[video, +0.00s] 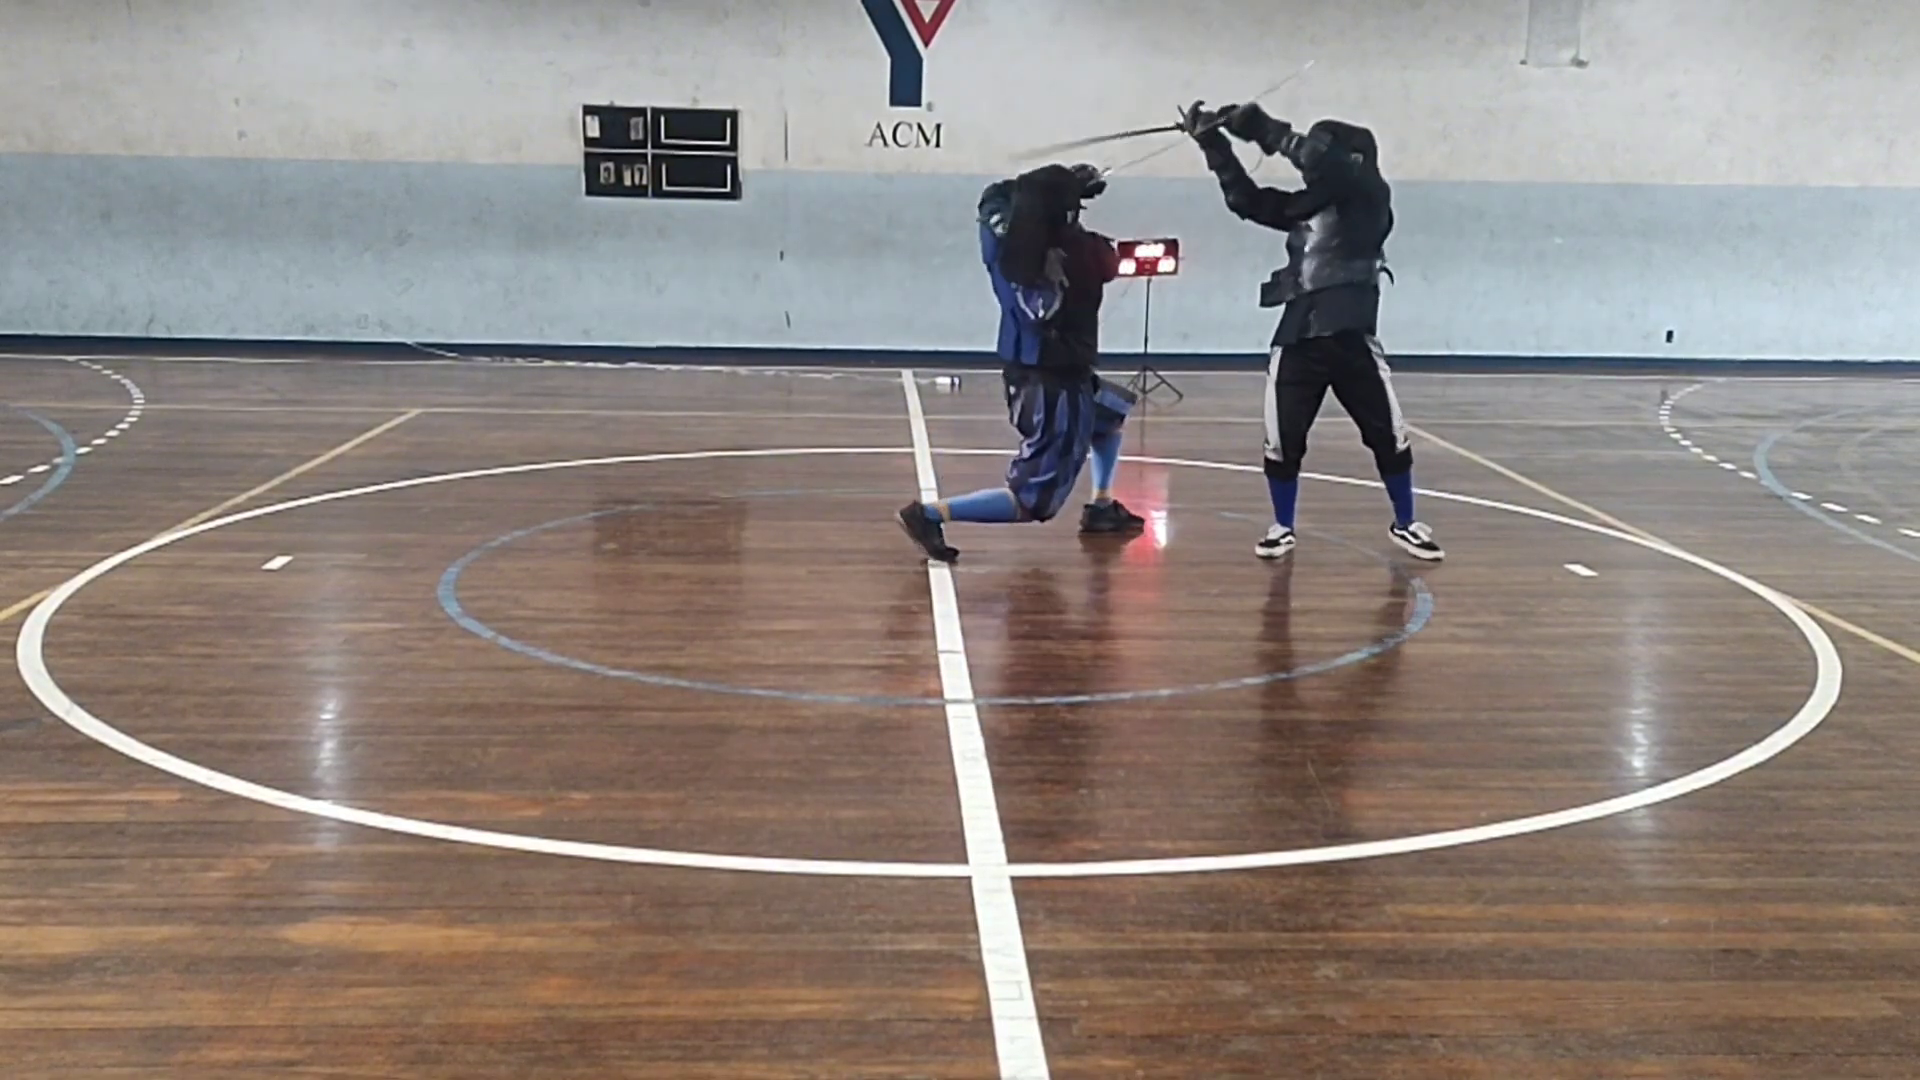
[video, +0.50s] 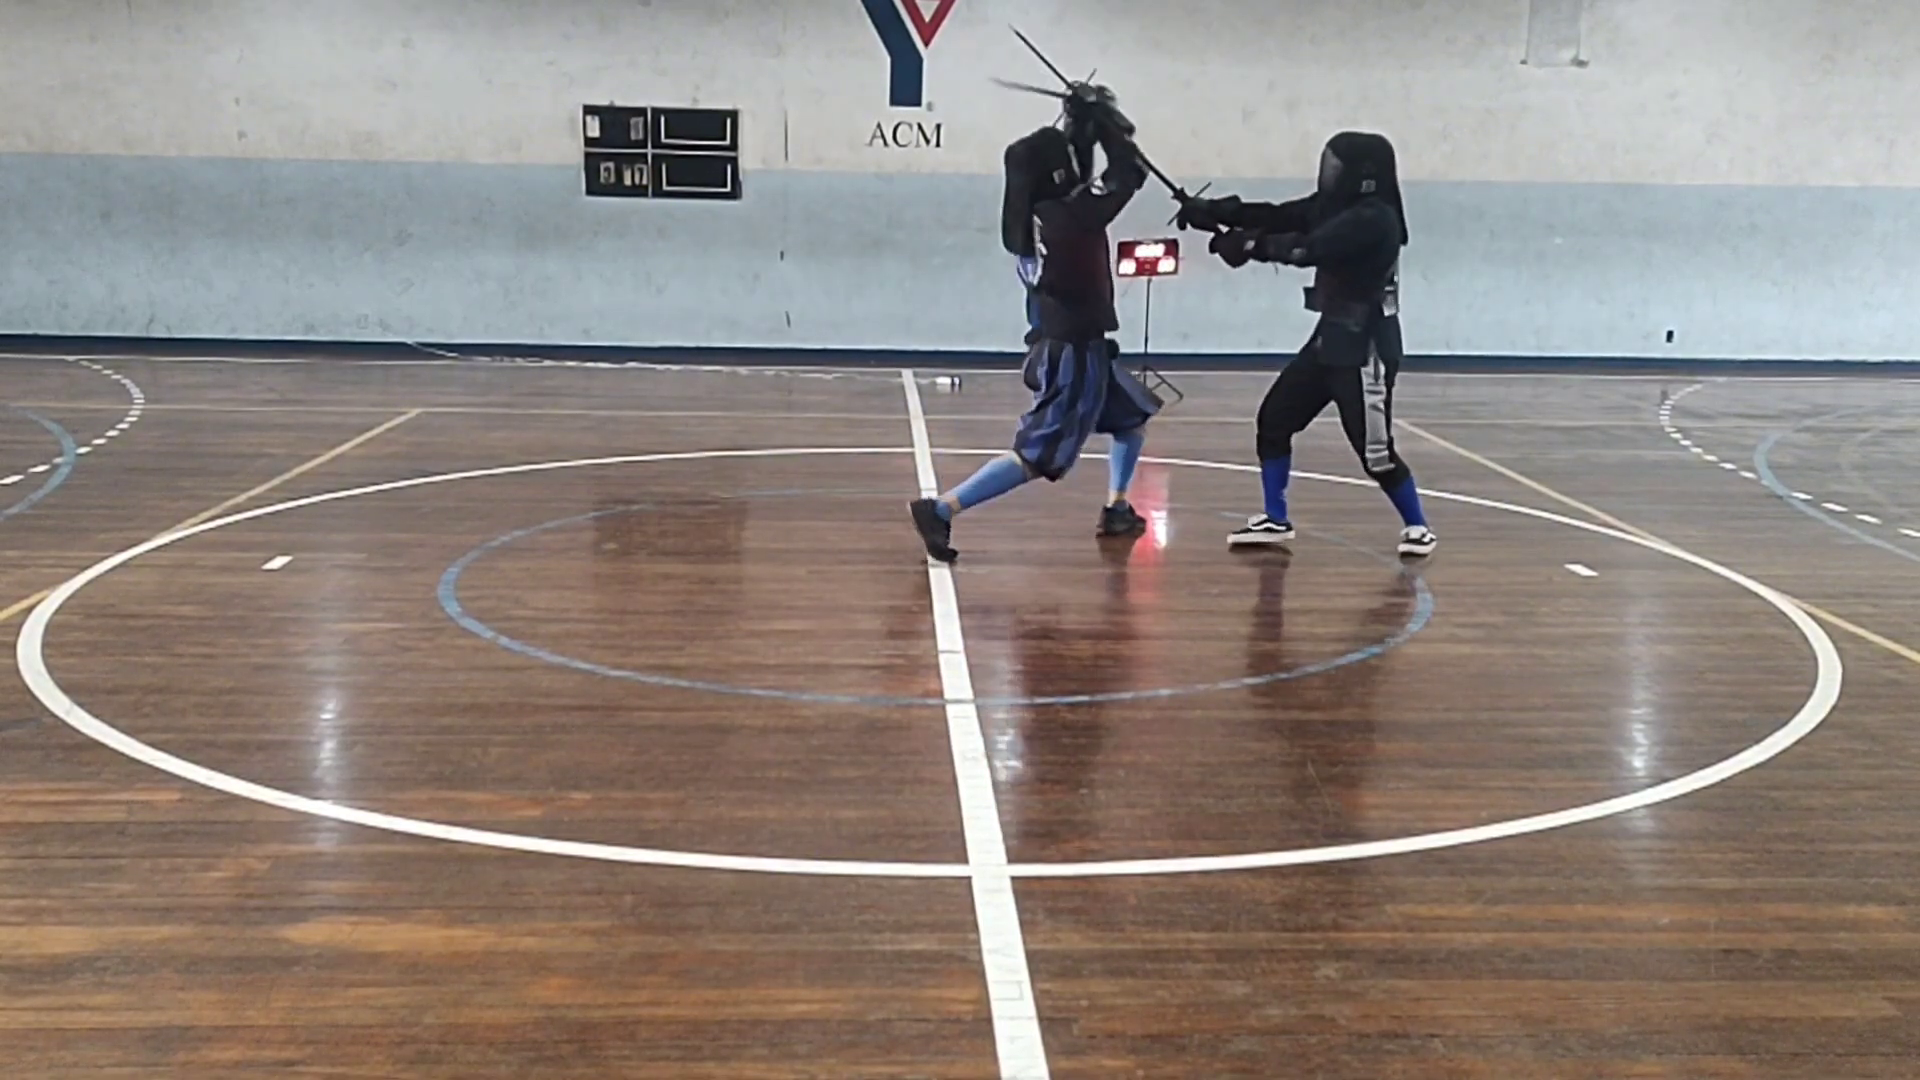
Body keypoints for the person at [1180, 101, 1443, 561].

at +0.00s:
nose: (1307, 157)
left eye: (1314, 150)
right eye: (1306, 151)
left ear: (1343, 153)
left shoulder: (1368, 190)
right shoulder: (1304, 207)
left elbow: (1317, 159)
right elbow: (1245, 198)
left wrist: (1258, 125)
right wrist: (1212, 142)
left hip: (1351, 337)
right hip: (1297, 339)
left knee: (1389, 435)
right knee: (1280, 440)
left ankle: (1406, 523)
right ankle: (1282, 527)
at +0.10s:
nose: (1311, 154)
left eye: (1319, 147)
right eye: (1314, 147)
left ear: (1345, 153)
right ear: (1343, 153)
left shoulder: (1363, 191)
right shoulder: (1322, 193)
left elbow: (1296, 206)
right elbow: (1260, 204)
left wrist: (1221, 169)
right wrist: (1207, 168)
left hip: (1346, 330)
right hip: (1299, 327)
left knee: (1365, 435)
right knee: (1274, 433)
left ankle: (1397, 521)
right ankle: (1281, 526)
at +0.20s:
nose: (1310, 153)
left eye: (1319, 145)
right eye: (1313, 144)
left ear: (1346, 153)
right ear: (1342, 152)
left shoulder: (1359, 196)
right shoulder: (1324, 192)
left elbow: (1291, 225)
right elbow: (1268, 210)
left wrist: (1226, 234)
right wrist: (1202, 198)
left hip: (1347, 333)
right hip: (1309, 328)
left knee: (1357, 441)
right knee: (1271, 432)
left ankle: (1414, 517)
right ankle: (1278, 526)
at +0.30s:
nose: (1306, 164)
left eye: (1315, 158)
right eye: (1308, 156)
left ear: (1343, 165)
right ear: (1338, 165)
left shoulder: (1355, 206)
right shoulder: (1323, 200)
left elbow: (1293, 243)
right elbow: (1269, 215)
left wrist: (1234, 244)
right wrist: (1202, 212)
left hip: (1350, 338)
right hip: (1319, 333)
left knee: (1356, 447)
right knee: (1272, 427)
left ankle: (1418, 520)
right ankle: (1274, 527)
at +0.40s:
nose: (1313, 173)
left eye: (1322, 166)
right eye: (1316, 165)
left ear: (1349, 173)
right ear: (1347, 172)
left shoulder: (1363, 216)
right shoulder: (1331, 206)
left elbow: (1297, 249)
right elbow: (1276, 215)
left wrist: (1240, 243)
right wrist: (1208, 209)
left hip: (1360, 348)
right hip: (1327, 342)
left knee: (1361, 450)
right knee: (1275, 426)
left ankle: (1412, 526)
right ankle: (1273, 526)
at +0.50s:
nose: (1322, 174)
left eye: (1330, 167)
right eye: (1324, 166)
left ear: (1360, 175)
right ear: (1348, 173)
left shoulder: (1373, 217)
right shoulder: (1333, 205)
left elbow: (1308, 251)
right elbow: (1278, 216)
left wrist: (1250, 244)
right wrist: (1213, 211)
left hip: (1367, 346)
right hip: (1330, 340)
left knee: (1376, 451)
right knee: (1274, 420)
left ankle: (1417, 527)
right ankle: (1275, 519)